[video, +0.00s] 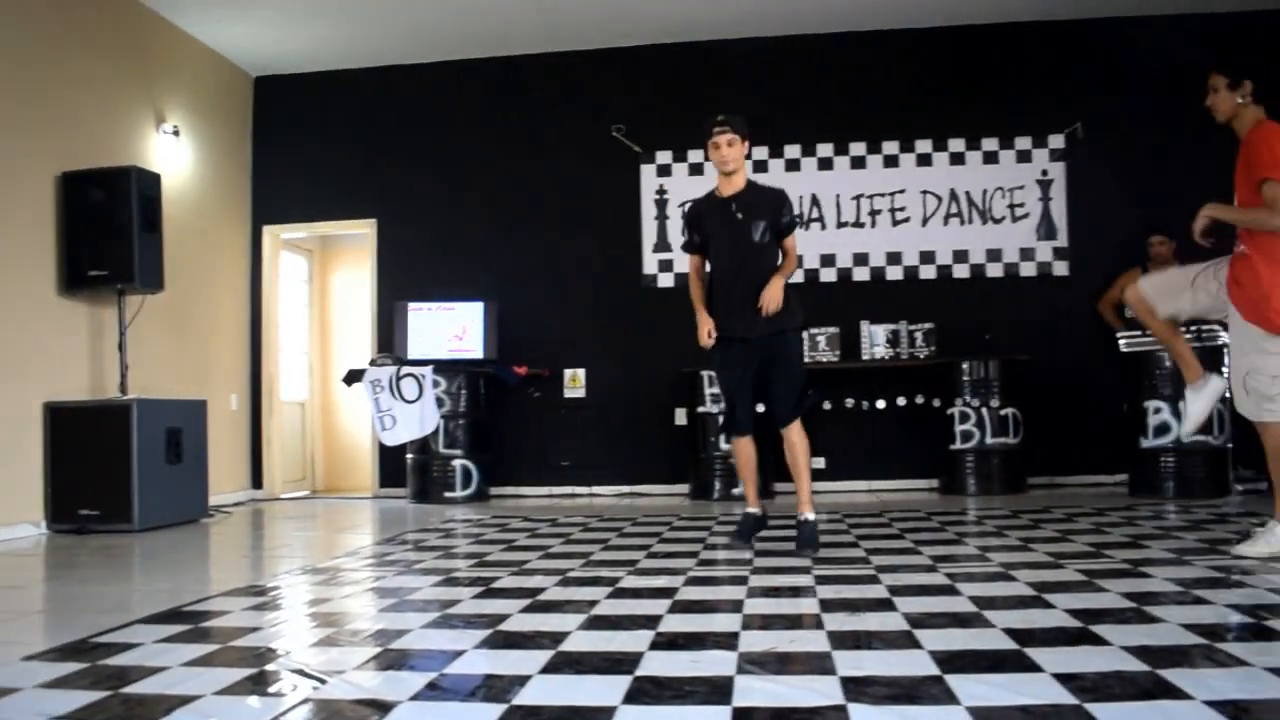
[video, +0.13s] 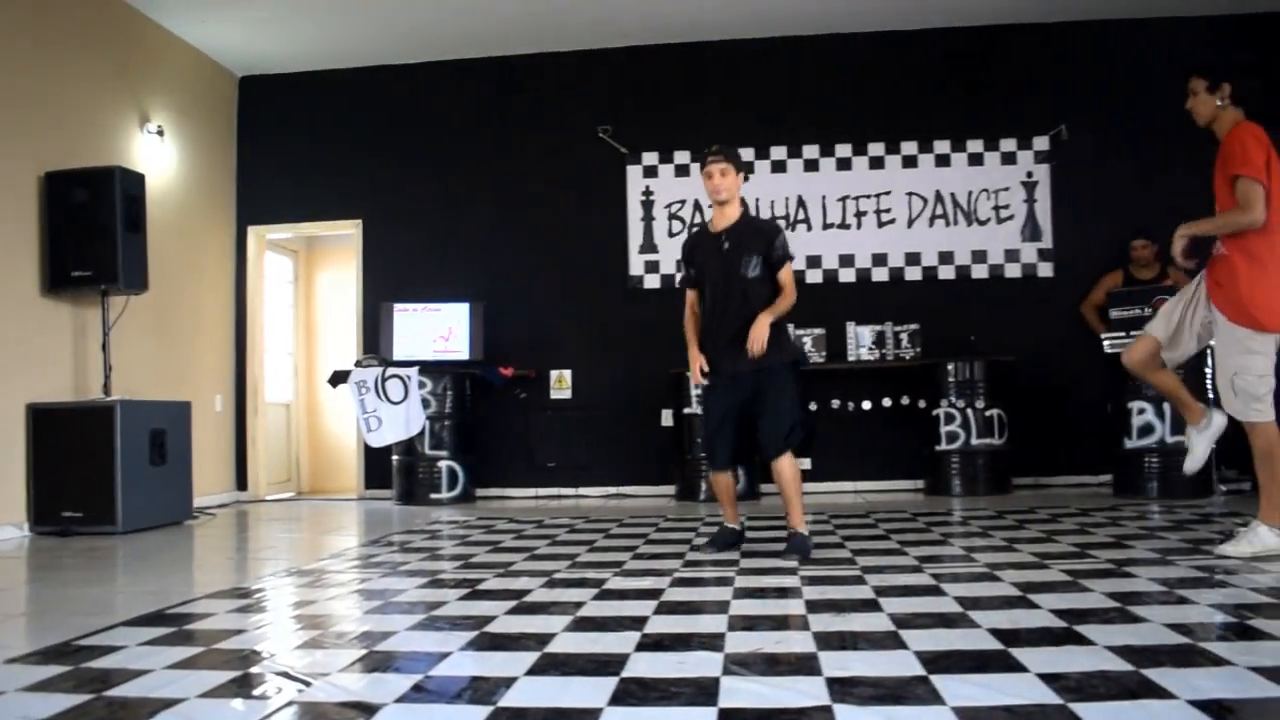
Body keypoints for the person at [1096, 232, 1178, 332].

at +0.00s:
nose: (1156, 250)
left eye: (1161, 244)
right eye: (1151, 246)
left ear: (1172, 246)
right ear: (1147, 249)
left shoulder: (1187, 273)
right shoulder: (1134, 277)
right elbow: (1105, 305)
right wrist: (1123, 333)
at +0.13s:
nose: (1140, 253)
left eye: (1144, 248)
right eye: (1134, 249)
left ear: (1155, 249)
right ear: (1129, 253)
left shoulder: (1172, 275)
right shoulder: (1116, 279)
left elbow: (1197, 295)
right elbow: (1087, 307)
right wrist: (1104, 333)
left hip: (1167, 342)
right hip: (1127, 347)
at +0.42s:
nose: (1120, 255)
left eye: (1124, 249)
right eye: (1114, 251)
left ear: (1133, 249)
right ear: (1108, 255)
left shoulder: (1153, 277)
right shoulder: (1097, 282)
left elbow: (1177, 303)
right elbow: (1070, 312)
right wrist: (1089, 340)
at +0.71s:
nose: (1118, 256)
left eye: (1123, 250)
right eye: (1112, 252)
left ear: (1132, 250)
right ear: (1106, 256)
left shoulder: (1148, 279)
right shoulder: (1095, 283)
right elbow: (1068, 313)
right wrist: (1086, 341)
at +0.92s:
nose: (1120, 257)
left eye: (1124, 251)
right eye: (1113, 253)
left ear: (1133, 252)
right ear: (1107, 257)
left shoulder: (1146, 279)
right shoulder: (1096, 282)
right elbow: (1068, 314)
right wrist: (1087, 342)